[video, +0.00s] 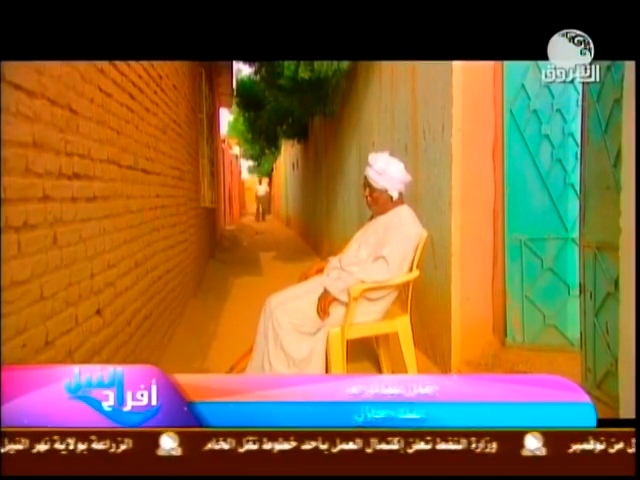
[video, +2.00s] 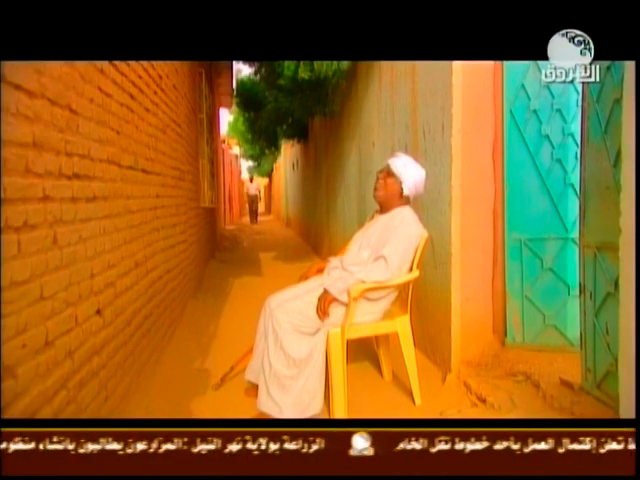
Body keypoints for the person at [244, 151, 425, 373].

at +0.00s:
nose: (366, 195)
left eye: (373, 190)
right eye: (366, 188)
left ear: (392, 193)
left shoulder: (404, 223)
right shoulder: (385, 217)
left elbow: (387, 271)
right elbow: (356, 253)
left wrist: (335, 288)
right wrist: (326, 266)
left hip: (359, 299)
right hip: (340, 282)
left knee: (282, 315)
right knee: (274, 305)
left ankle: (280, 386)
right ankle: (267, 379)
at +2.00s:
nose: (378, 182)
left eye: (387, 178)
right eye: (380, 176)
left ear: (402, 189)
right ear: (379, 180)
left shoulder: (405, 223)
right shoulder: (384, 216)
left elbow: (388, 271)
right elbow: (356, 254)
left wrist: (337, 288)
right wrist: (326, 265)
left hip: (362, 300)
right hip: (343, 283)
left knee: (283, 315)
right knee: (274, 304)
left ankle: (289, 405)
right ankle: (266, 379)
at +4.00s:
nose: (379, 192)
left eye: (386, 185)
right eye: (373, 187)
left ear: (400, 190)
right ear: (367, 193)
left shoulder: (405, 223)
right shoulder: (378, 219)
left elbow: (386, 270)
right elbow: (351, 256)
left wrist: (335, 291)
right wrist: (323, 270)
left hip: (363, 300)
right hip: (340, 284)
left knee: (285, 316)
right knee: (275, 304)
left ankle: (289, 406)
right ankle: (265, 377)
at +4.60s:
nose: (352, 203)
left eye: (356, 194)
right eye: (345, 199)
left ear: (369, 190)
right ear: (341, 202)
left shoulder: (391, 217)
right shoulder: (358, 219)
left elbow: (389, 270)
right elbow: (342, 259)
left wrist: (339, 286)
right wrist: (328, 284)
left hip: (369, 300)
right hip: (342, 287)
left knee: (289, 315)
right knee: (278, 303)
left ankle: (289, 406)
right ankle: (269, 379)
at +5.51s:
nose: (319, 219)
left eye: (318, 211)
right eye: (314, 213)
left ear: (332, 200)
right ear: (328, 203)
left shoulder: (367, 217)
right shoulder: (341, 216)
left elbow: (382, 270)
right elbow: (337, 259)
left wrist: (335, 279)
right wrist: (327, 283)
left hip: (365, 297)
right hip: (338, 285)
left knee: (286, 317)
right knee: (275, 304)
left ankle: (289, 406)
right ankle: (267, 380)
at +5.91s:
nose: (325, 208)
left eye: (328, 199)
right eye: (319, 204)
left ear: (342, 193)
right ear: (317, 205)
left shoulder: (371, 217)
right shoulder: (341, 218)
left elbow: (384, 270)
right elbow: (340, 260)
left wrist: (336, 282)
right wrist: (326, 283)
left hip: (367, 298)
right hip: (340, 285)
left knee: (287, 318)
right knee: (275, 304)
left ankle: (289, 406)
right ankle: (267, 380)